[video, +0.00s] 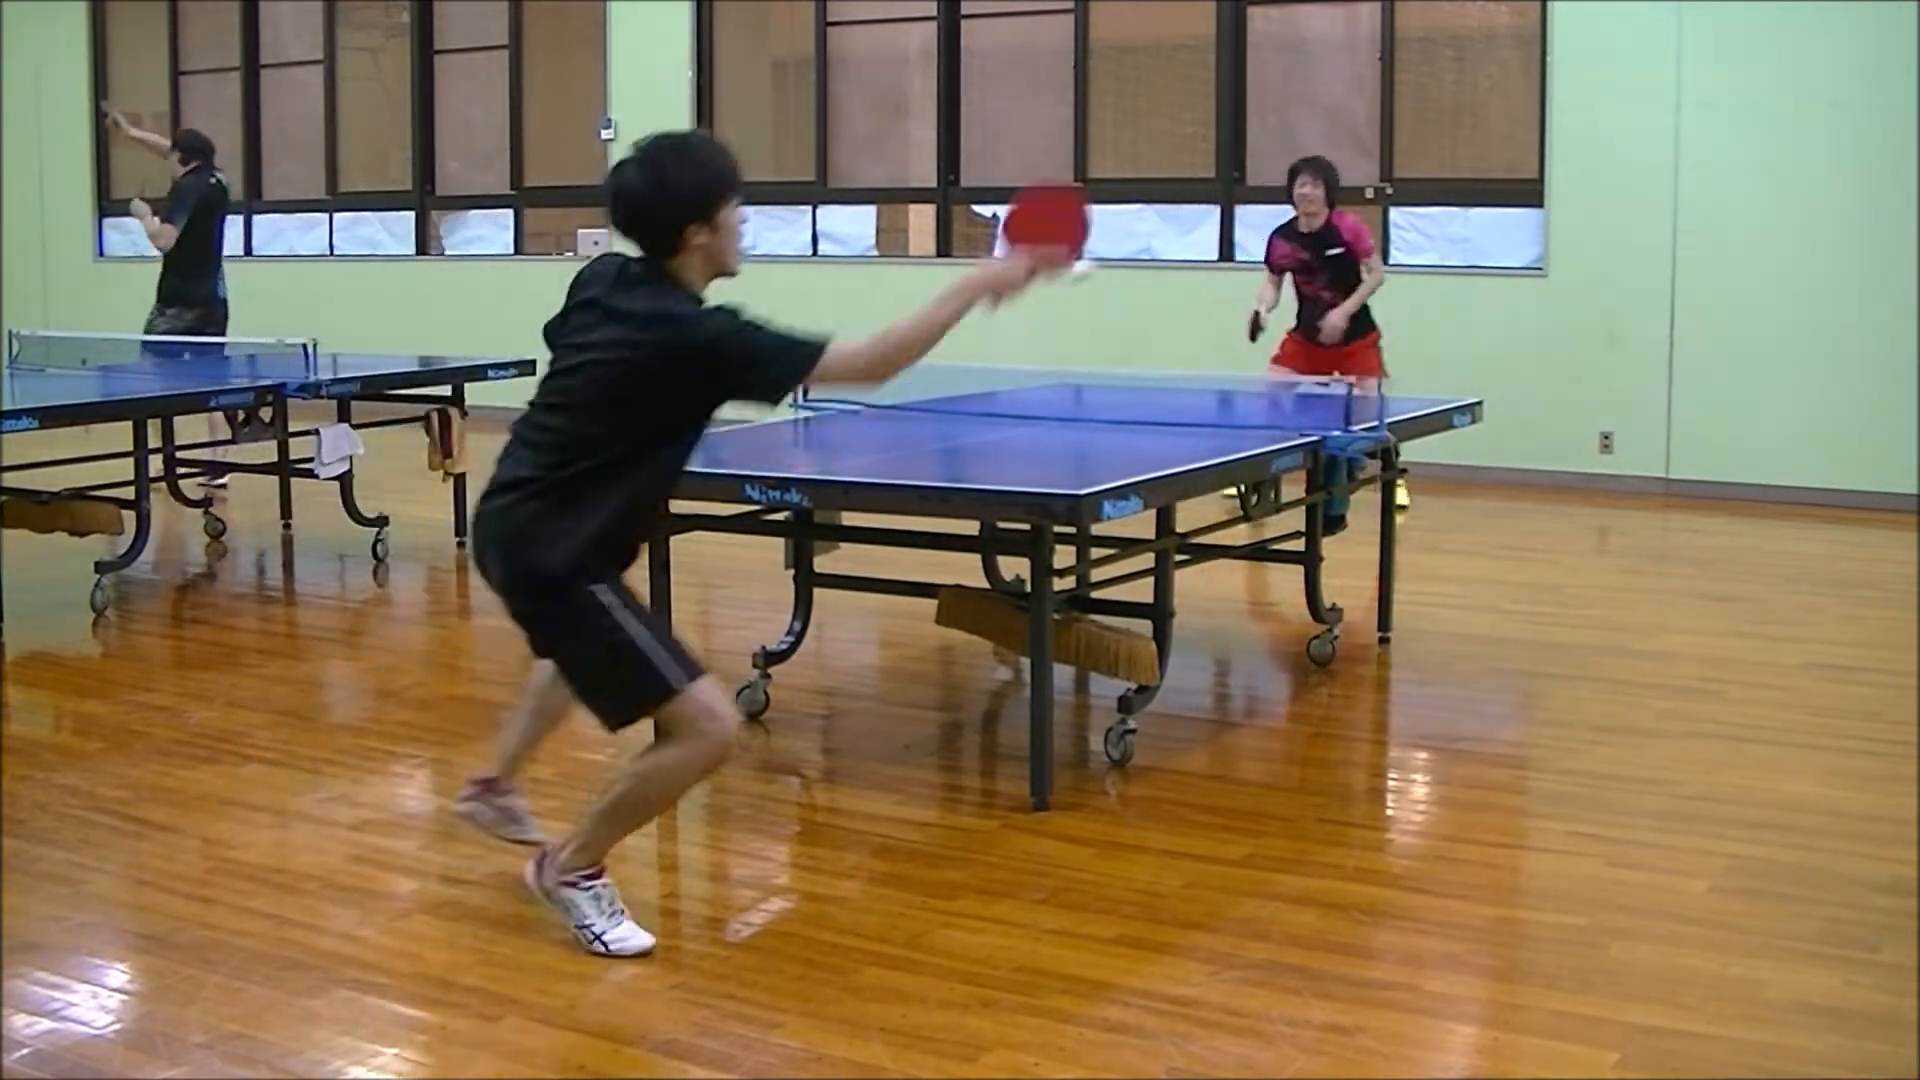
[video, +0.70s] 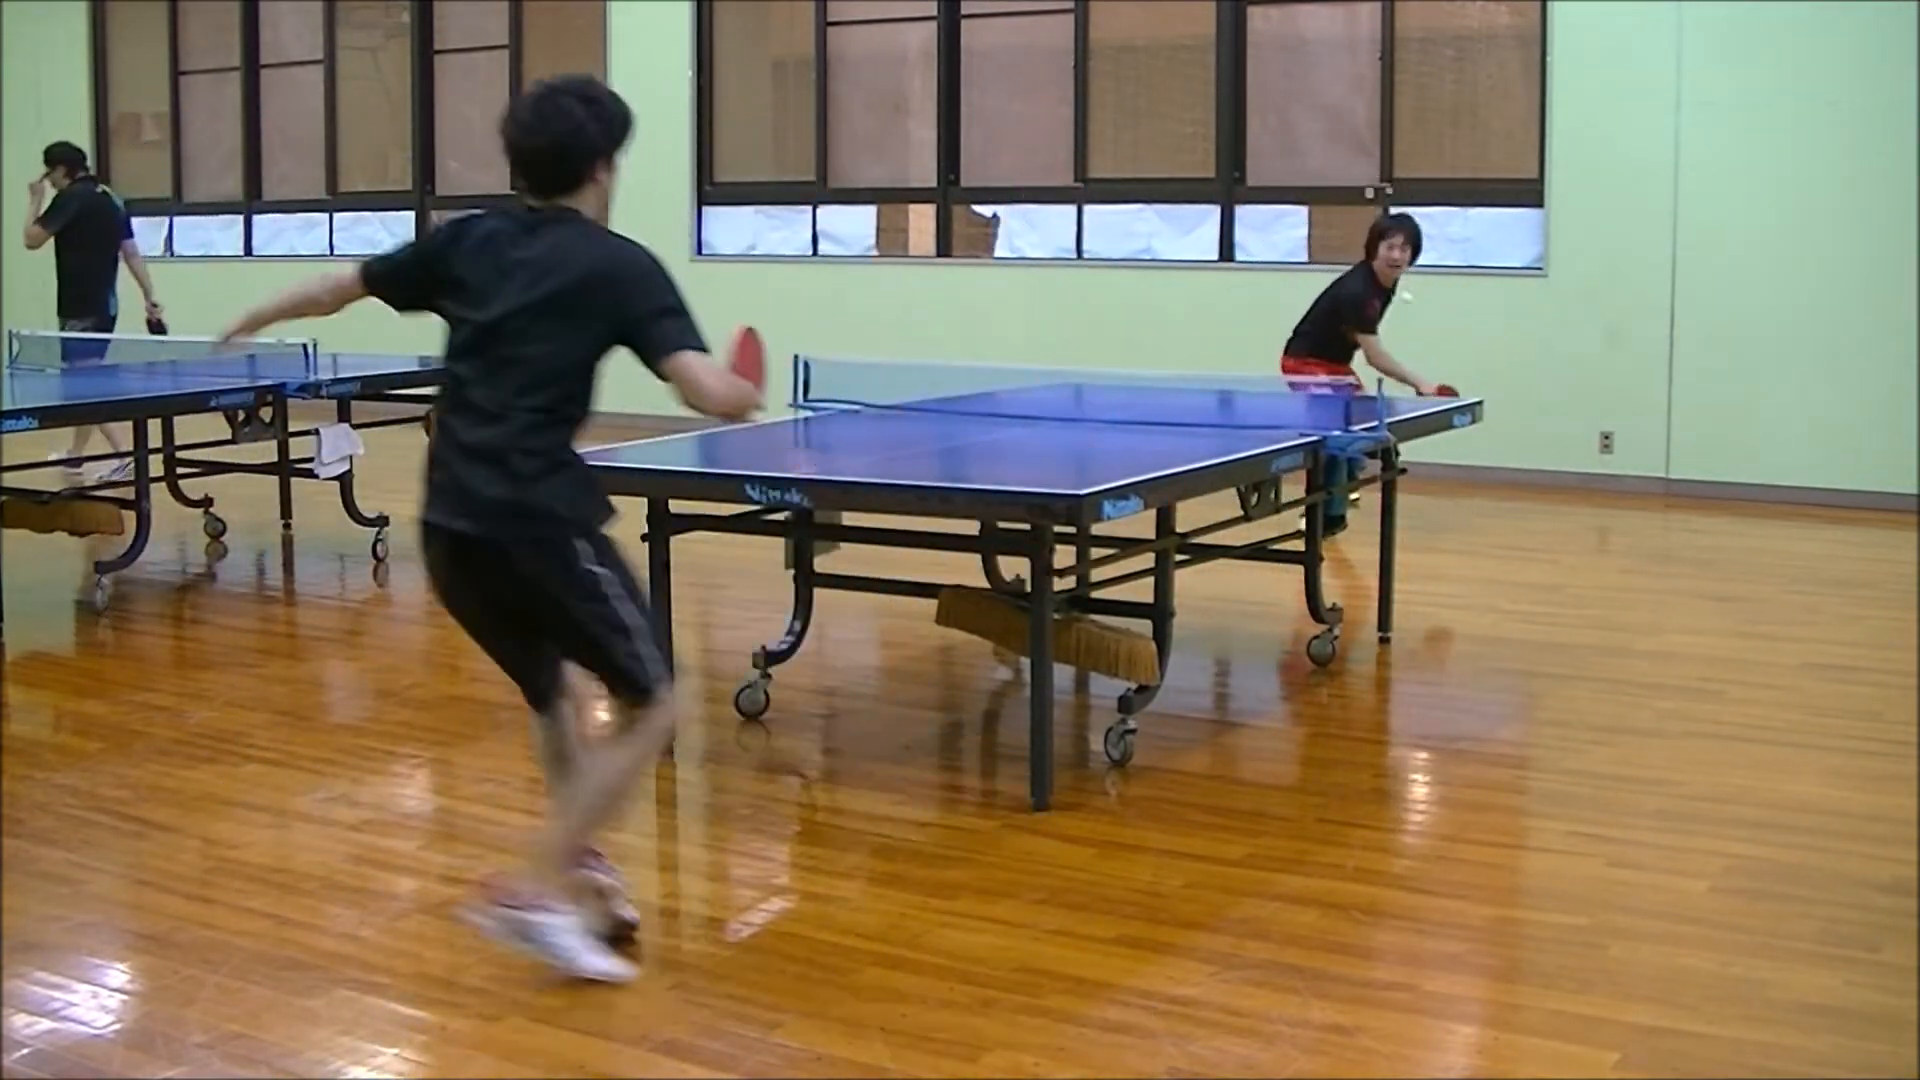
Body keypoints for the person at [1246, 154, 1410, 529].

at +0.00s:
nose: (1308, 192)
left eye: (1315, 185)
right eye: (1301, 185)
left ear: (1330, 191)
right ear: (1291, 193)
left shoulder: (1348, 229)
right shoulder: (1282, 239)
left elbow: (1376, 274)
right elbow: (1272, 282)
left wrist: (1343, 312)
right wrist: (1261, 310)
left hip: (1356, 344)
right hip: (1305, 341)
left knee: (1366, 420)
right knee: (1269, 406)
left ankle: (1392, 477)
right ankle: (1258, 478)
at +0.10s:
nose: (1330, 195)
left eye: (1339, 188)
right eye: (1324, 188)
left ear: (1352, 194)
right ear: (1314, 194)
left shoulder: (1370, 231)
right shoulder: (1301, 238)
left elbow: (1395, 277)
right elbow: (1285, 280)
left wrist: (1382, 326)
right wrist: (1283, 315)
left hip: (1371, 337)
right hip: (1322, 337)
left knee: (1403, 405)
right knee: (1286, 400)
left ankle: (1416, 472)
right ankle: (1273, 480)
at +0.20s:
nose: (1352, 214)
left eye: (1360, 207)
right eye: (1346, 207)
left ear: (1372, 214)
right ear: (1336, 213)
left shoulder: (1390, 250)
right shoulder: (1321, 256)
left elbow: (1412, 295)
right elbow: (1291, 299)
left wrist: (1418, 344)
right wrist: (1300, 333)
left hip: (1390, 355)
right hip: (1337, 357)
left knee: (1434, 416)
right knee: (1303, 413)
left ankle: (1436, 482)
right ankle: (1289, 483)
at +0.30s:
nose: (1363, 217)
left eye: (1371, 210)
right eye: (1357, 209)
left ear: (1384, 216)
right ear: (1347, 214)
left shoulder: (1397, 251)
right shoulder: (1326, 258)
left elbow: (1415, 295)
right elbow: (1307, 308)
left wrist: (1443, 335)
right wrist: (1328, 345)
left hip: (1385, 355)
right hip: (1333, 355)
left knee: (1427, 416)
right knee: (1314, 428)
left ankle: (1432, 483)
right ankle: (1310, 498)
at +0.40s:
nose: (1375, 208)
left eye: (1384, 202)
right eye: (1368, 200)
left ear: (1396, 208)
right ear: (1357, 204)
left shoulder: (1399, 240)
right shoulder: (1341, 244)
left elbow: (1407, 279)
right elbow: (1331, 305)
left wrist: (1437, 312)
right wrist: (1368, 342)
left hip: (1364, 342)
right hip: (1323, 343)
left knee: (1405, 396)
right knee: (1326, 424)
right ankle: (1325, 510)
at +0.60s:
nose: (1395, 239)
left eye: (1403, 233)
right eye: (1388, 231)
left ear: (1413, 241)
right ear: (1374, 234)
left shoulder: (1392, 264)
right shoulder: (1360, 270)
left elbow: (1388, 279)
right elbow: (1371, 339)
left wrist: (1404, 294)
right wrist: (1416, 361)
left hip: (1337, 355)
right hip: (1306, 352)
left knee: (1370, 412)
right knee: (1330, 426)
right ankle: (1316, 506)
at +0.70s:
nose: (1397, 256)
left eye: (1405, 249)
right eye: (1390, 246)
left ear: (1412, 255)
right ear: (1374, 248)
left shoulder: (1388, 282)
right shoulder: (1358, 289)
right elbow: (1374, 355)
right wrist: (1419, 384)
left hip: (1336, 365)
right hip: (1306, 364)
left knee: (1364, 426)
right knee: (1333, 437)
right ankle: (1325, 516)